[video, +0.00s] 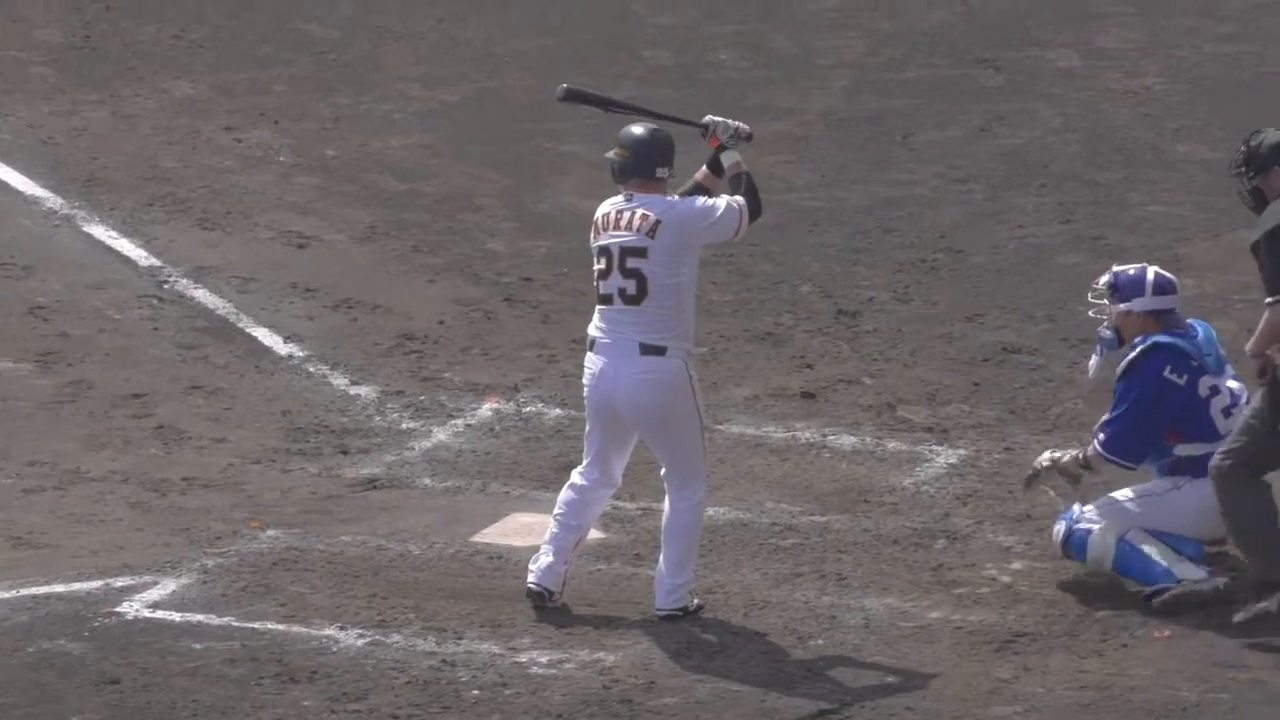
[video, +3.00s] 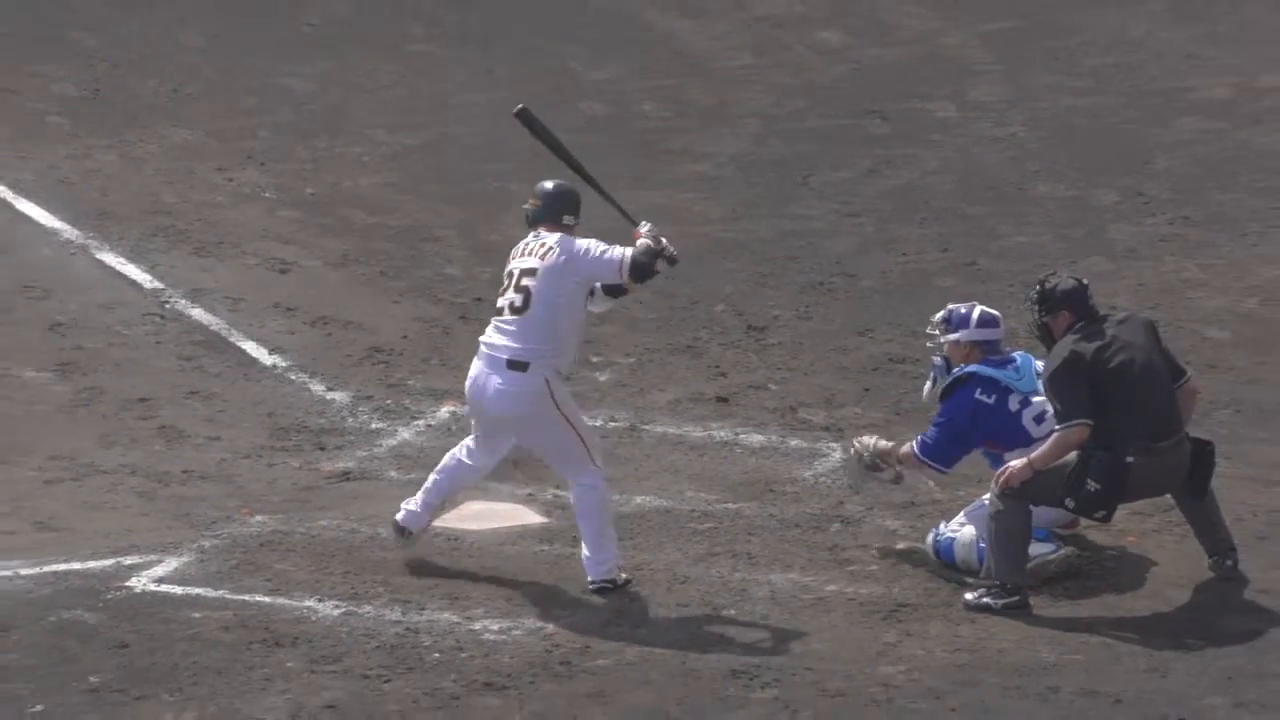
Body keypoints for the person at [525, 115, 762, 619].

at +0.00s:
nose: (614, 172)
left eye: (617, 166)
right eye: (666, 166)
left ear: (620, 170)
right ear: (667, 168)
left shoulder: (604, 215)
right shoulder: (683, 215)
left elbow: (681, 202)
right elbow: (749, 208)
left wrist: (718, 155)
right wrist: (734, 161)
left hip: (600, 365)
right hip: (660, 371)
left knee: (595, 472)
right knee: (685, 482)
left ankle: (544, 574)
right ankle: (673, 596)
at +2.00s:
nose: (599, 179)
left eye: (603, 173)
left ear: (605, 179)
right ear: (653, 181)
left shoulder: (587, 225)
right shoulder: (665, 229)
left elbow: (662, 220)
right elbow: (731, 226)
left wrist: (704, 176)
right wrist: (720, 178)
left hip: (574, 377)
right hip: (636, 383)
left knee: (573, 481)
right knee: (666, 491)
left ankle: (525, 583)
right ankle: (654, 604)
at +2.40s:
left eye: (582, 197)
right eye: (630, 199)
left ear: (584, 199)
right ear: (627, 202)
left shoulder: (567, 242)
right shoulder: (638, 245)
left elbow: (641, 278)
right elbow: (708, 263)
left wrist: (710, 232)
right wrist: (705, 219)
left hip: (539, 392)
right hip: (599, 402)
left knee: (592, 435)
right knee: (632, 501)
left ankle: (554, 515)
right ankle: (619, 608)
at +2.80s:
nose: (594, 215)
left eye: (548, 201)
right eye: (593, 207)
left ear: (551, 205)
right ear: (591, 208)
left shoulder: (537, 243)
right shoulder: (598, 246)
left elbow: (607, 293)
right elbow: (668, 272)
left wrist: (666, 261)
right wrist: (672, 237)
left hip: (499, 381)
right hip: (548, 394)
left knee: (587, 404)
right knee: (598, 484)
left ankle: (532, 499)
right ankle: (601, 587)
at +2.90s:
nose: (538, 210)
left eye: (541, 204)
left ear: (545, 208)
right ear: (582, 212)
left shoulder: (530, 245)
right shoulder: (588, 247)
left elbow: (604, 295)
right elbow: (656, 268)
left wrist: (667, 263)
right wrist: (662, 239)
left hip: (490, 378)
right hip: (539, 389)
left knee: (534, 429)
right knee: (594, 479)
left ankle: (480, 506)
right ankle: (603, 581)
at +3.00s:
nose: (529, 218)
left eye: (531, 212)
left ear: (535, 215)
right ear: (570, 218)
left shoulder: (522, 250)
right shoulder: (573, 251)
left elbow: (593, 293)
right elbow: (638, 265)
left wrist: (651, 261)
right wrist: (647, 239)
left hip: (481, 376)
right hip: (528, 387)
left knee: (480, 448)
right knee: (587, 473)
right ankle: (603, 571)